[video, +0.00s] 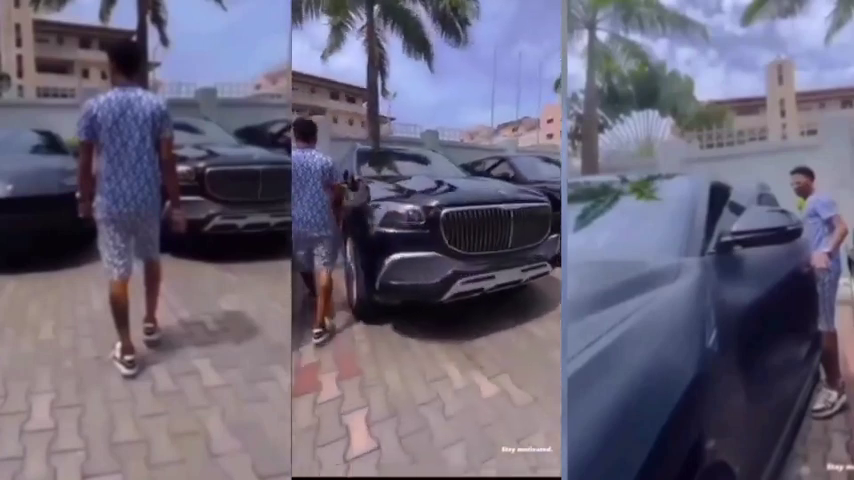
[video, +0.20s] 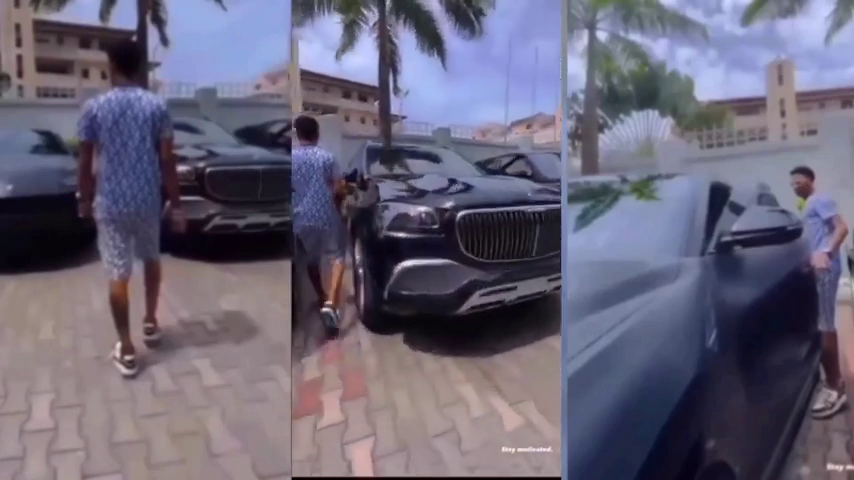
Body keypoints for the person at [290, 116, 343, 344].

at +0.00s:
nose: (297, 140)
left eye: (295, 136)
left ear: (294, 137)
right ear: (315, 136)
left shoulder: (289, 160)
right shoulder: (325, 162)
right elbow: (335, 190)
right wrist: (336, 213)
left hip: (297, 223)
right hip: (323, 222)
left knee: (305, 270)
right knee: (324, 271)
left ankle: (322, 306)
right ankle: (319, 325)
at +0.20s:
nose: (307, 137)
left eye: (300, 134)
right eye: (312, 132)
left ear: (297, 134)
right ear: (317, 133)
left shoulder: (291, 158)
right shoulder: (326, 157)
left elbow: (286, 187)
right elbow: (338, 185)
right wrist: (334, 199)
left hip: (300, 215)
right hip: (326, 213)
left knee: (311, 260)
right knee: (337, 256)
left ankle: (322, 299)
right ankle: (330, 303)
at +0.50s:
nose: (333, 140)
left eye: (326, 136)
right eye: (337, 136)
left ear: (321, 137)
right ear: (341, 137)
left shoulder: (311, 160)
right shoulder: (349, 159)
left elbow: (310, 192)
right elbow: (358, 188)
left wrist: (315, 204)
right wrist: (359, 202)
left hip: (325, 214)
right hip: (348, 213)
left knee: (333, 259)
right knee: (356, 252)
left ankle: (342, 304)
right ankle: (357, 289)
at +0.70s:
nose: (355, 151)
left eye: (349, 147)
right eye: (358, 147)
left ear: (344, 148)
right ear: (362, 148)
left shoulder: (333, 169)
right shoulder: (368, 170)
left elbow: (332, 197)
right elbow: (374, 199)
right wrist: (378, 201)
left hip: (343, 222)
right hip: (365, 221)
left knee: (352, 264)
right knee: (369, 261)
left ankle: (359, 311)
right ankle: (366, 295)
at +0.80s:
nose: (365, 184)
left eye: (361, 181)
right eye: (369, 181)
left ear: (356, 181)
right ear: (373, 182)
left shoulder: (347, 202)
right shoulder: (378, 204)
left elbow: (344, 226)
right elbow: (381, 232)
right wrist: (390, 225)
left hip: (354, 252)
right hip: (374, 252)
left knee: (361, 292)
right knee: (376, 289)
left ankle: (364, 339)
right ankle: (374, 318)